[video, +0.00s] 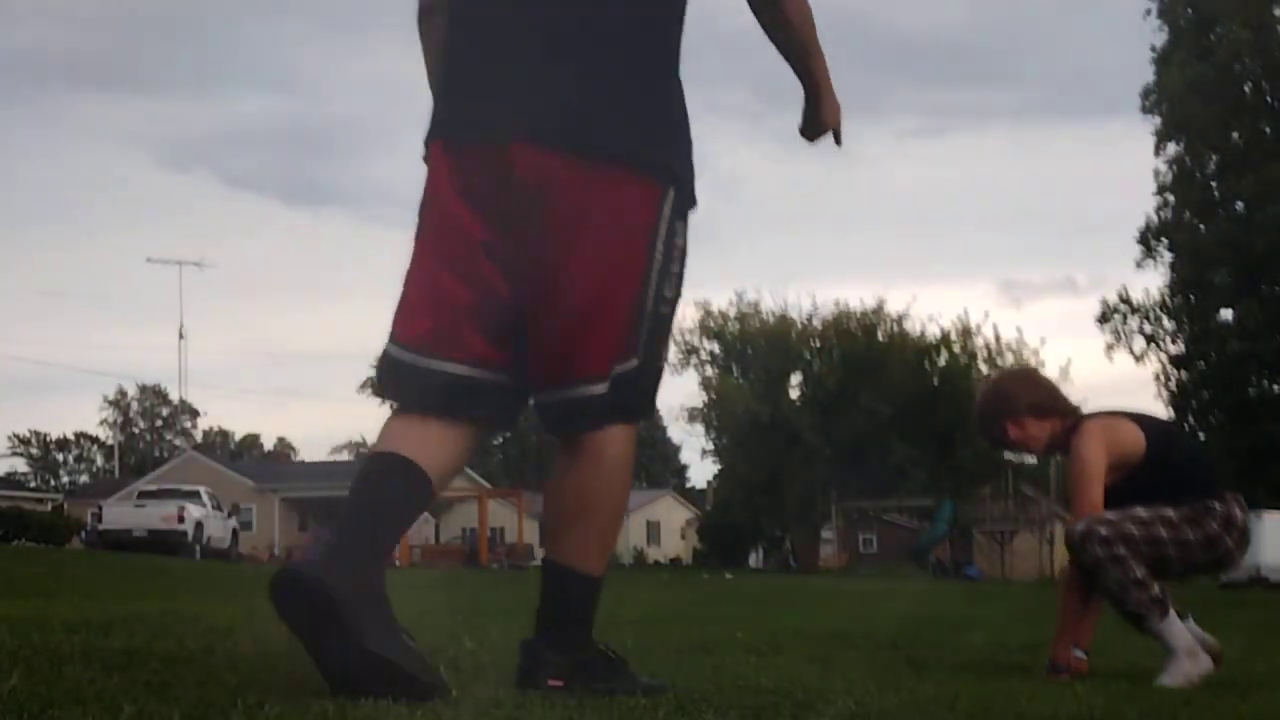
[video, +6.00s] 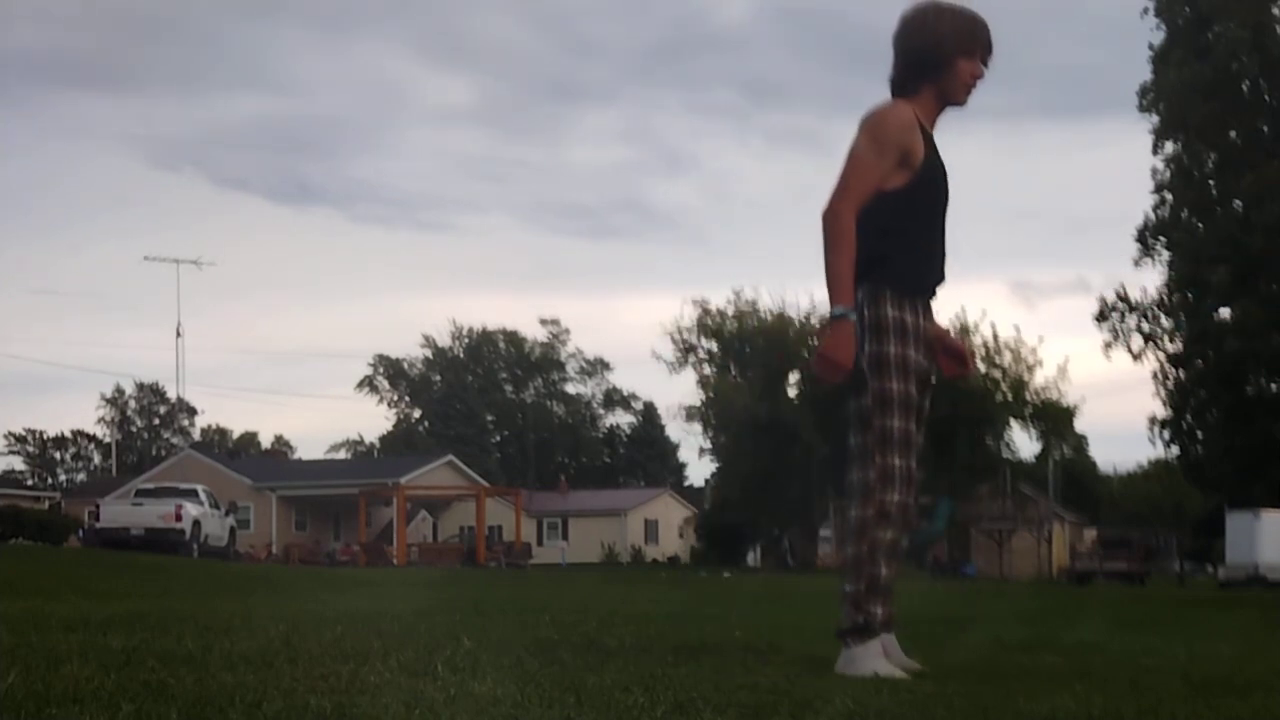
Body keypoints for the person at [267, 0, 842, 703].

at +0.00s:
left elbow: (437, 6)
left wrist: (462, 104)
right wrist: (817, 80)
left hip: (471, 101)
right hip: (617, 113)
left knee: (453, 378)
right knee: (603, 405)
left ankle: (344, 562)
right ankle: (564, 646)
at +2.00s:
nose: (1101, 94)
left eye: (1114, 86)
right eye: (1088, 85)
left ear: (1131, 101)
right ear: (1067, 102)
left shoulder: (1144, 172)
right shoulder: (1057, 197)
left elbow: (1198, 264)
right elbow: (1080, 290)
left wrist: (1196, 358)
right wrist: (1075, 366)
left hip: (1147, 357)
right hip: (1083, 365)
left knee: (1161, 506)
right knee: (1039, 496)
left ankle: (1196, 655)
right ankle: (1043, 649)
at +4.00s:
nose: (857, 16)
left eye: (855, 6)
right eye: (849, 6)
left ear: (792, 20)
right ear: (819, 15)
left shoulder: (760, 91)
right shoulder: (813, 72)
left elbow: (692, 206)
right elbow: (835, 136)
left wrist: (696, 306)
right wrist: (903, 185)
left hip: (742, 276)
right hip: (769, 273)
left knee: (782, 454)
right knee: (759, 455)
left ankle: (775, 634)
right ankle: (711, 643)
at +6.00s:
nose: (980, 75)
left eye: (982, 64)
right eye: (973, 62)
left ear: (942, 64)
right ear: (940, 58)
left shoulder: (922, 139)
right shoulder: (894, 121)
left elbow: (897, 252)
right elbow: (839, 214)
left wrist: (932, 330)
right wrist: (841, 315)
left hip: (908, 316)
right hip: (882, 311)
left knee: (897, 478)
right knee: (884, 476)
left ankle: (875, 633)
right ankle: (861, 640)